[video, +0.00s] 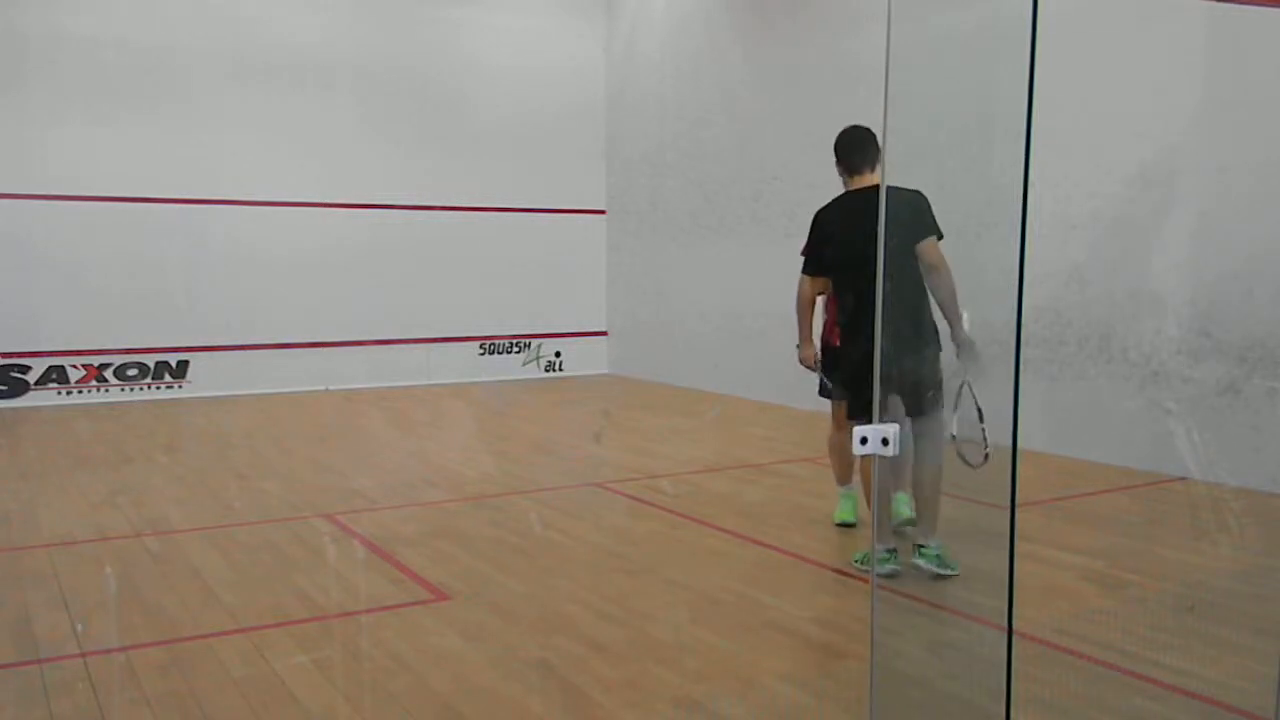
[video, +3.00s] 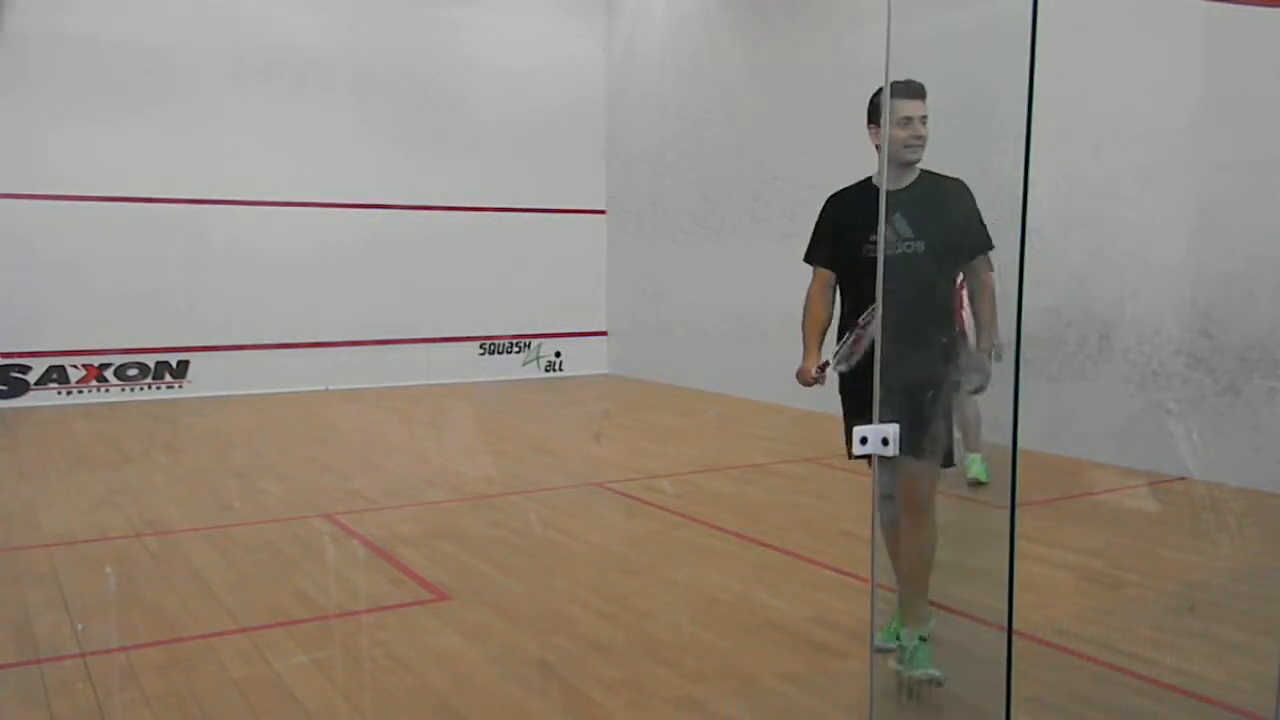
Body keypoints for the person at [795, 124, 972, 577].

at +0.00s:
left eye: (837, 164)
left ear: (838, 166)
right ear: (879, 158)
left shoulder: (828, 218)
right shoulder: (911, 202)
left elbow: (808, 289)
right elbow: (934, 265)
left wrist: (805, 341)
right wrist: (957, 328)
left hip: (862, 352)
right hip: (915, 347)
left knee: (876, 442)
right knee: (929, 437)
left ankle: (883, 548)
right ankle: (927, 542)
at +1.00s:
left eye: (920, 163)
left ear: (916, 164)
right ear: (957, 166)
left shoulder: (894, 210)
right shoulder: (981, 212)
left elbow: (869, 275)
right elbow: (1009, 275)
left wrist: (855, 326)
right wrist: (1007, 336)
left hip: (906, 342)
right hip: (964, 343)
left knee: (893, 440)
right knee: (963, 440)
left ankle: (884, 545)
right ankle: (967, 546)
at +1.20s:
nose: (943, 166)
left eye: (939, 158)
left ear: (936, 161)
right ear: (977, 163)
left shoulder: (916, 207)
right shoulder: (996, 212)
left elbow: (887, 272)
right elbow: (1029, 279)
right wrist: (1021, 338)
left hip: (923, 339)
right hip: (976, 342)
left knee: (912, 437)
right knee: (968, 438)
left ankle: (916, 548)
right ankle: (967, 547)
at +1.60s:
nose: (929, 157)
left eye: (933, 150)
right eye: (933, 149)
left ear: (945, 153)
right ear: (973, 156)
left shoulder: (956, 205)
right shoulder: (989, 208)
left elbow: (947, 273)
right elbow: (1005, 276)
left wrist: (906, 293)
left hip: (957, 346)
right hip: (979, 345)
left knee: (946, 445)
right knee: (959, 446)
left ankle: (975, 566)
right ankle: (968, 546)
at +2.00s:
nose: (956, 150)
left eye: (968, 143)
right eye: (949, 140)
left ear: (987, 149)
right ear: (939, 143)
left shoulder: (1001, 206)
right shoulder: (934, 203)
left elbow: (1037, 276)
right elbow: (917, 261)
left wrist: (965, 296)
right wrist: (889, 279)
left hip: (979, 352)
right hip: (928, 345)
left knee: (972, 456)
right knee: (909, 451)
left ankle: (979, 571)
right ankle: (910, 562)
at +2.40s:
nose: (960, 142)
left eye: (967, 133)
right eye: (949, 132)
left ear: (974, 141)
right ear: (923, 138)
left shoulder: (992, 206)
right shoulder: (891, 209)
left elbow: (1009, 287)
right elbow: (863, 285)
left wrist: (985, 338)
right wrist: (836, 352)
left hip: (965, 362)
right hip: (904, 361)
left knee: (959, 468)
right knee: (909, 477)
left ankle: (967, 564)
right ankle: (912, 604)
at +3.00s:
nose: (917, 131)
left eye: (922, 122)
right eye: (904, 123)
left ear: (929, 129)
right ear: (875, 132)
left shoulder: (951, 196)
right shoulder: (844, 205)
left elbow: (980, 275)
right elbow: (821, 282)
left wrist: (987, 345)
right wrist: (812, 349)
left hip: (931, 366)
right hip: (867, 370)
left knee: (917, 496)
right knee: (887, 496)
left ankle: (915, 629)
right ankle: (909, 607)